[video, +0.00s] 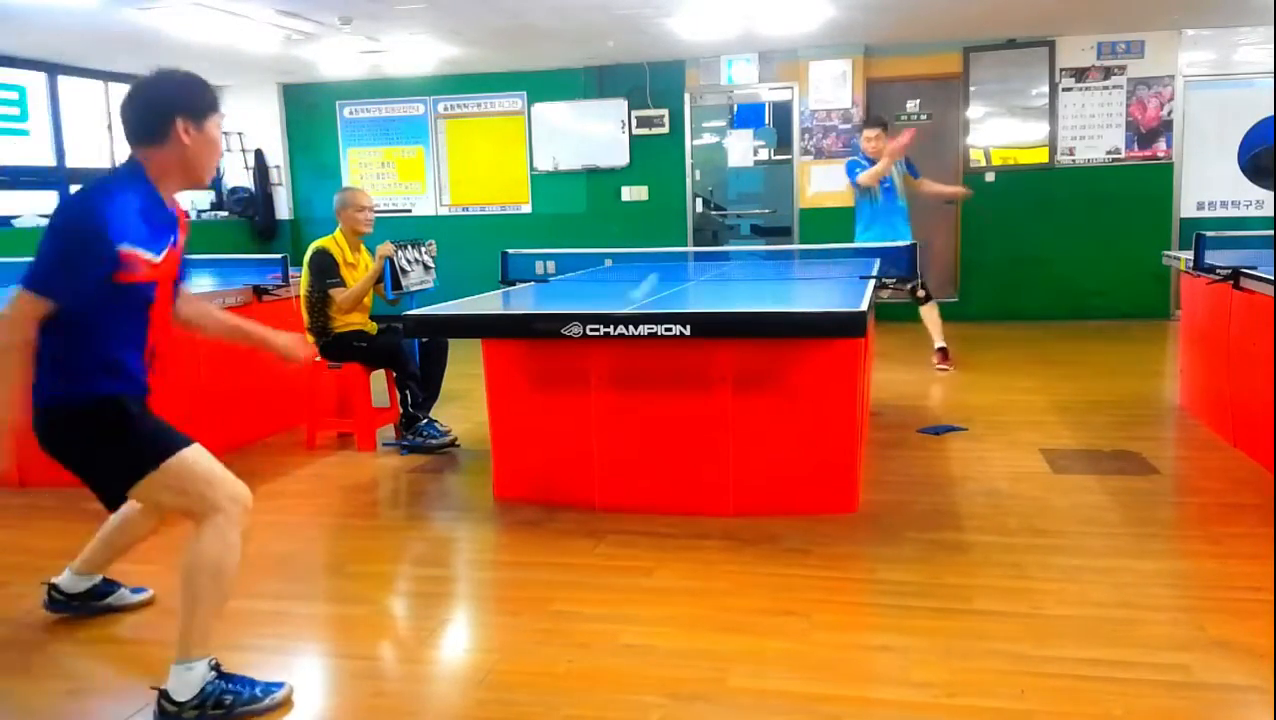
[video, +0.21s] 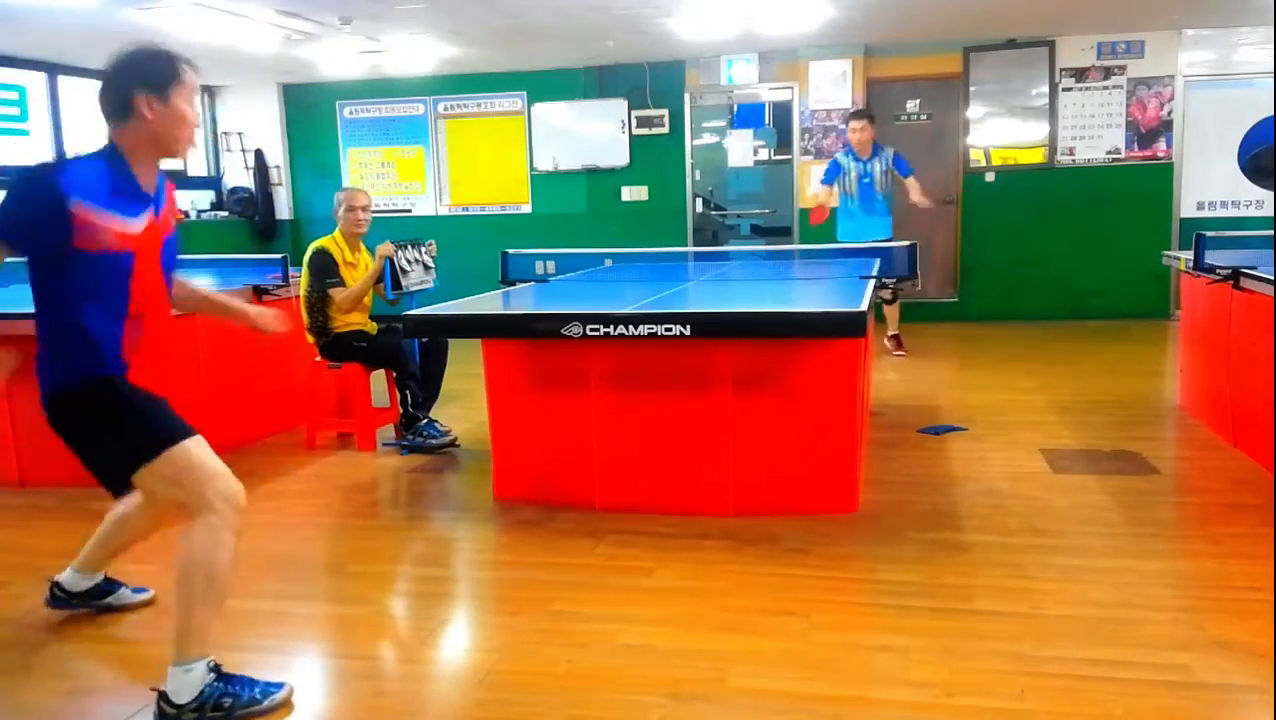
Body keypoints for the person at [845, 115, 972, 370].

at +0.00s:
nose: (872, 145)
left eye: (877, 139)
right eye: (867, 139)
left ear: (887, 139)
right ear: (860, 141)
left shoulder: (899, 160)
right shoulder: (855, 163)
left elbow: (920, 185)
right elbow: (866, 181)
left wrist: (954, 191)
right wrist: (889, 158)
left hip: (901, 241)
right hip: (869, 244)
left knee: (920, 291)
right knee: (863, 298)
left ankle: (940, 348)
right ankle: (858, 353)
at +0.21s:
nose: (856, 136)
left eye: (862, 130)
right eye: (852, 131)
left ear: (873, 131)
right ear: (847, 133)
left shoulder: (888, 156)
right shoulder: (841, 160)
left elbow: (908, 178)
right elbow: (824, 185)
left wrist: (916, 195)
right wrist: (823, 199)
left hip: (881, 235)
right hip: (849, 237)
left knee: (888, 287)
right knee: (852, 286)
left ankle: (893, 334)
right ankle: (856, 334)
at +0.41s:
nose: (840, 143)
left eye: (845, 138)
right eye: (836, 139)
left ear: (857, 138)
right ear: (832, 141)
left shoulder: (873, 164)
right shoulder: (830, 170)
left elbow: (886, 197)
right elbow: (823, 201)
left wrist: (870, 210)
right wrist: (811, 219)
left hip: (868, 236)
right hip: (838, 237)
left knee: (881, 285)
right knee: (836, 283)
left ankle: (892, 335)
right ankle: (840, 334)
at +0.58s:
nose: (802, 165)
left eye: (806, 158)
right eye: (799, 160)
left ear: (821, 157)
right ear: (798, 163)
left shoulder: (842, 176)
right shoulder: (806, 186)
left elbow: (873, 193)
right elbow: (800, 214)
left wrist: (883, 214)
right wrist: (776, 232)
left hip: (853, 251)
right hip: (822, 253)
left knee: (871, 293)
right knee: (820, 297)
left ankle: (892, 337)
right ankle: (824, 344)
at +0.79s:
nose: (781, 166)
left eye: (784, 160)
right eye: (779, 162)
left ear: (800, 157)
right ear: (788, 162)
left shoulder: (825, 174)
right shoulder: (792, 184)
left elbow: (860, 187)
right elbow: (774, 208)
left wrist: (877, 204)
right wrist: (744, 215)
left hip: (842, 250)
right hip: (812, 251)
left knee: (866, 291)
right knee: (810, 296)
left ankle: (892, 336)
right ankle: (814, 344)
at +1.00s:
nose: (778, 149)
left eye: (782, 143)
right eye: (776, 145)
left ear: (796, 142)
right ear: (775, 147)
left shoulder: (814, 158)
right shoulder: (776, 164)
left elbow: (843, 171)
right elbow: (751, 171)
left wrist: (862, 187)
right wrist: (730, 173)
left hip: (824, 233)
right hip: (796, 236)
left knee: (834, 279)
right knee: (799, 281)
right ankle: (803, 322)